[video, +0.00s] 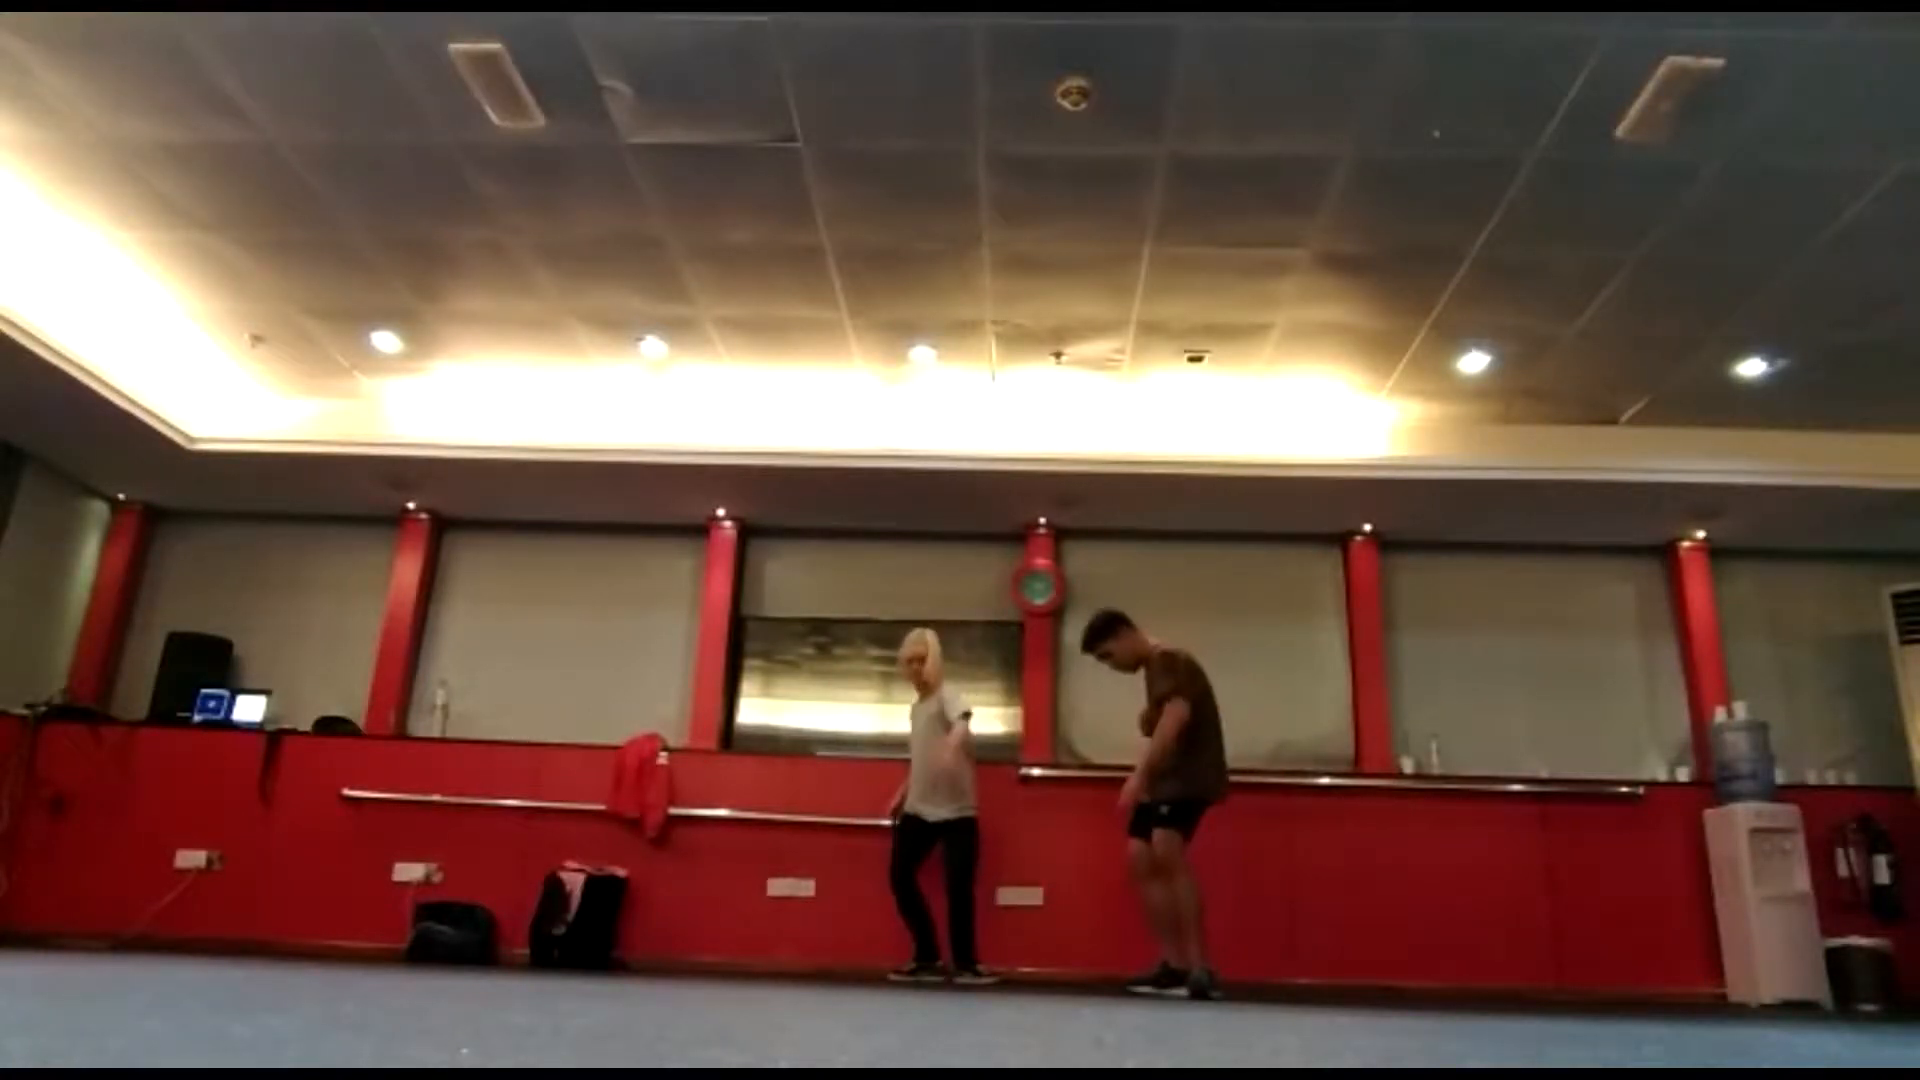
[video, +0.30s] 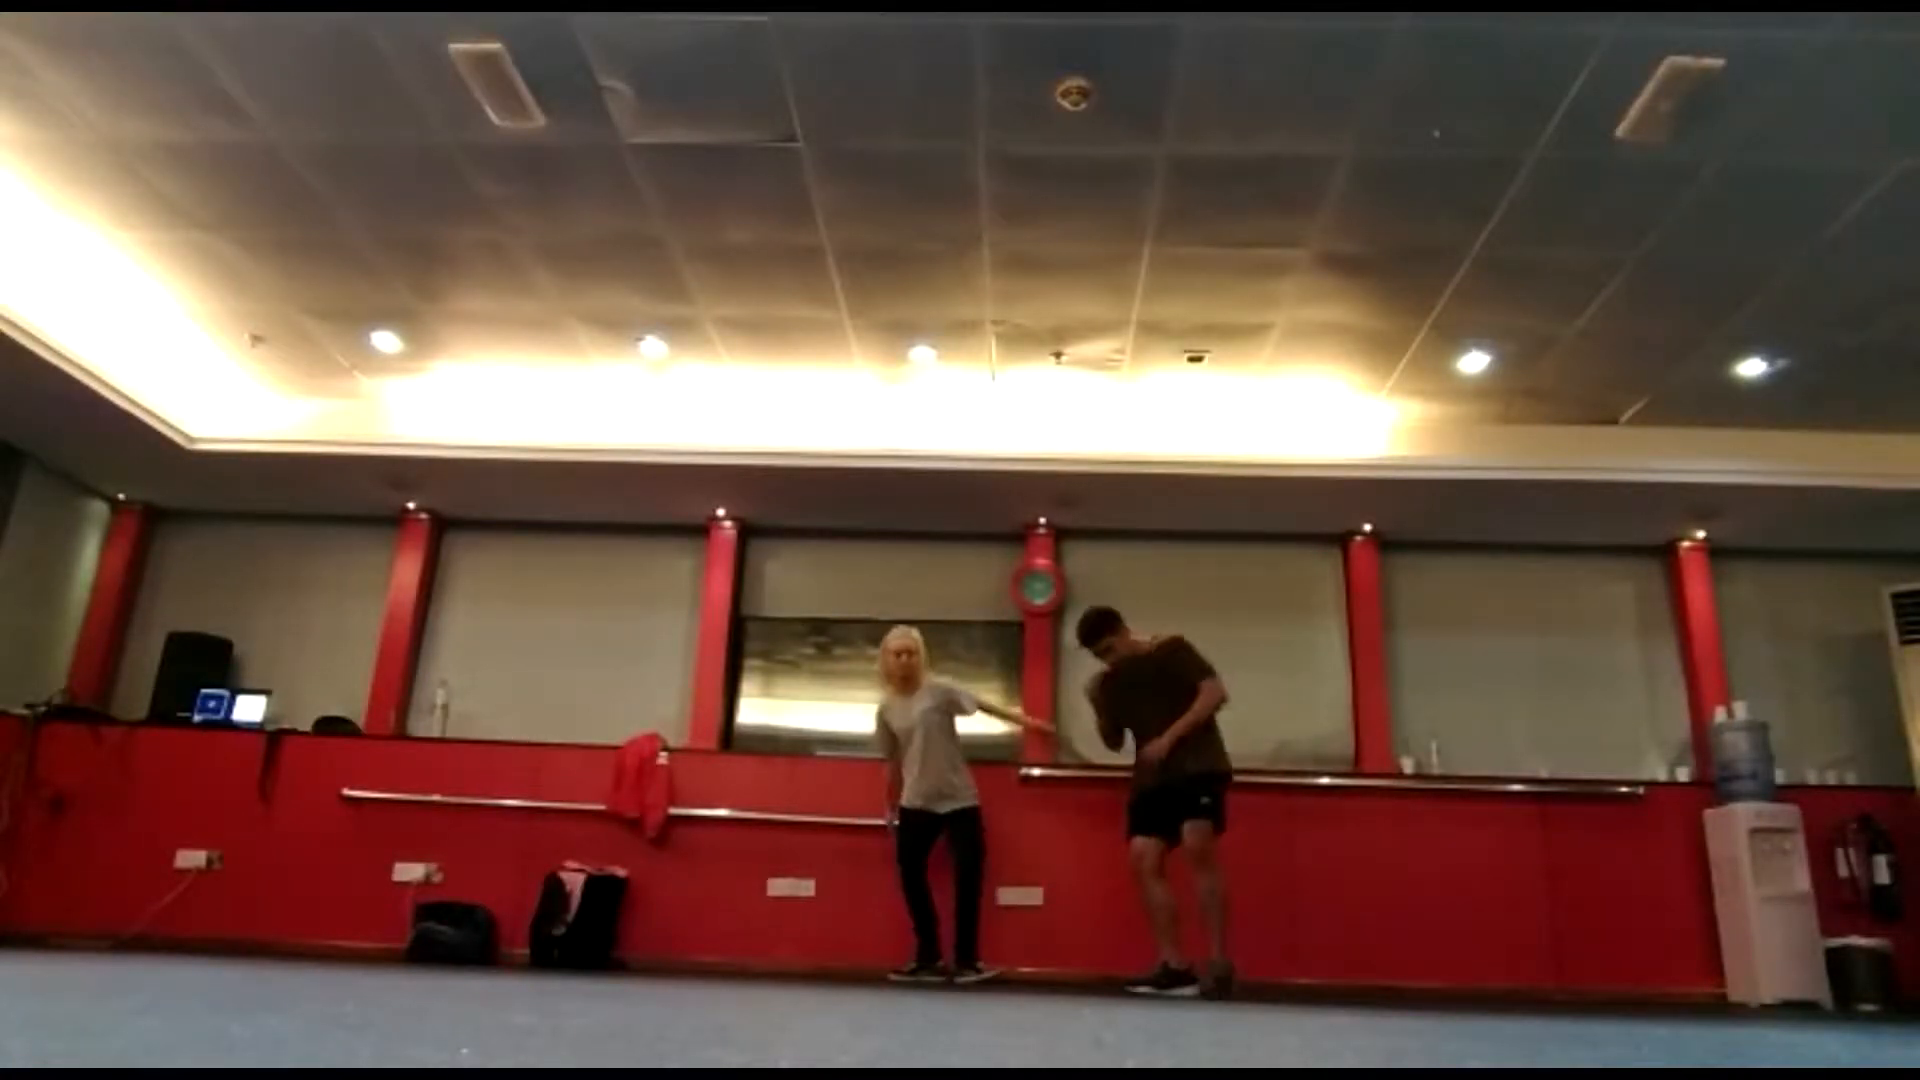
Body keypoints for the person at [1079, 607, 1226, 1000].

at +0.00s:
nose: (1111, 665)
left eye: (1108, 655)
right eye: (1104, 659)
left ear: (1125, 637)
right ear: (1121, 643)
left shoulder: (1170, 665)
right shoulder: (1155, 671)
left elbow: (1174, 720)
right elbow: (1162, 734)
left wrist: (1137, 778)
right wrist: (1148, 781)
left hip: (1191, 780)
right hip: (1166, 780)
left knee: (1166, 852)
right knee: (1140, 857)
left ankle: (1197, 967)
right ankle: (1173, 963)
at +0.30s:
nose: (1109, 659)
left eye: (1110, 649)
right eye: (1101, 654)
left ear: (1123, 632)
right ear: (1095, 651)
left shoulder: (1173, 651)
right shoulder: (1112, 683)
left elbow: (1214, 692)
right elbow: (1114, 741)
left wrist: (1167, 739)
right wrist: (1101, 700)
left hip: (1201, 768)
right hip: (1154, 775)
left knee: (1198, 847)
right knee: (1143, 857)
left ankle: (1218, 962)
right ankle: (1172, 963)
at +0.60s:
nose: (1150, 660)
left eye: (1156, 652)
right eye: (1142, 652)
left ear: (1167, 645)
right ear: (1130, 648)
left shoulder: (1191, 676)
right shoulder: (1114, 684)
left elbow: (1224, 724)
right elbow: (1119, 740)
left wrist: (1200, 701)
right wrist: (1146, 691)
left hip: (1193, 783)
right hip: (1144, 785)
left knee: (1217, 872)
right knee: (1131, 863)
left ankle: (1194, 965)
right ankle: (1169, 962)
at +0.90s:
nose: (1204, 658)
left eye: (1211, 652)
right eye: (1200, 649)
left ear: (1218, 647)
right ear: (1188, 636)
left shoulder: (1215, 674)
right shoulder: (1148, 663)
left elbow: (1221, 720)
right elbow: (1118, 712)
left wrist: (1236, 733)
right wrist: (1172, 714)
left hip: (1194, 788)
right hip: (1150, 787)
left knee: (1195, 875)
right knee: (1152, 868)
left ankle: (1189, 966)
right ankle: (1158, 960)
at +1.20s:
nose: (1215, 667)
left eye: (1222, 660)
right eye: (1210, 656)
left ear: (1224, 661)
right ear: (1193, 648)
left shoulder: (1211, 704)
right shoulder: (1158, 678)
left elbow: (1226, 758)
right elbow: (1122, 719)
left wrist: (1247, 740)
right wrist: (1172, 715)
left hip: (1203, 799)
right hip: (1163, 796)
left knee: (1225, 869)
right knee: (1179, 863)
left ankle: (1190, 966)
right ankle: (1158, 964)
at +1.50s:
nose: (1202, 640)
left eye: (1210, 633)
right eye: (1195, 631)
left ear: (1220, 637)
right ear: (1182, 633)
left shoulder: (1227, 687)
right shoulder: (1154, 668)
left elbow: (1249, 733)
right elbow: (1113, 705)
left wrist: (1233, 755)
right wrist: (1142, 708)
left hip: (1198, 787)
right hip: (1150, 783)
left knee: (1203, 868)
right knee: (1139, 854)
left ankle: (1190, 966)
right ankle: (1138, 957)